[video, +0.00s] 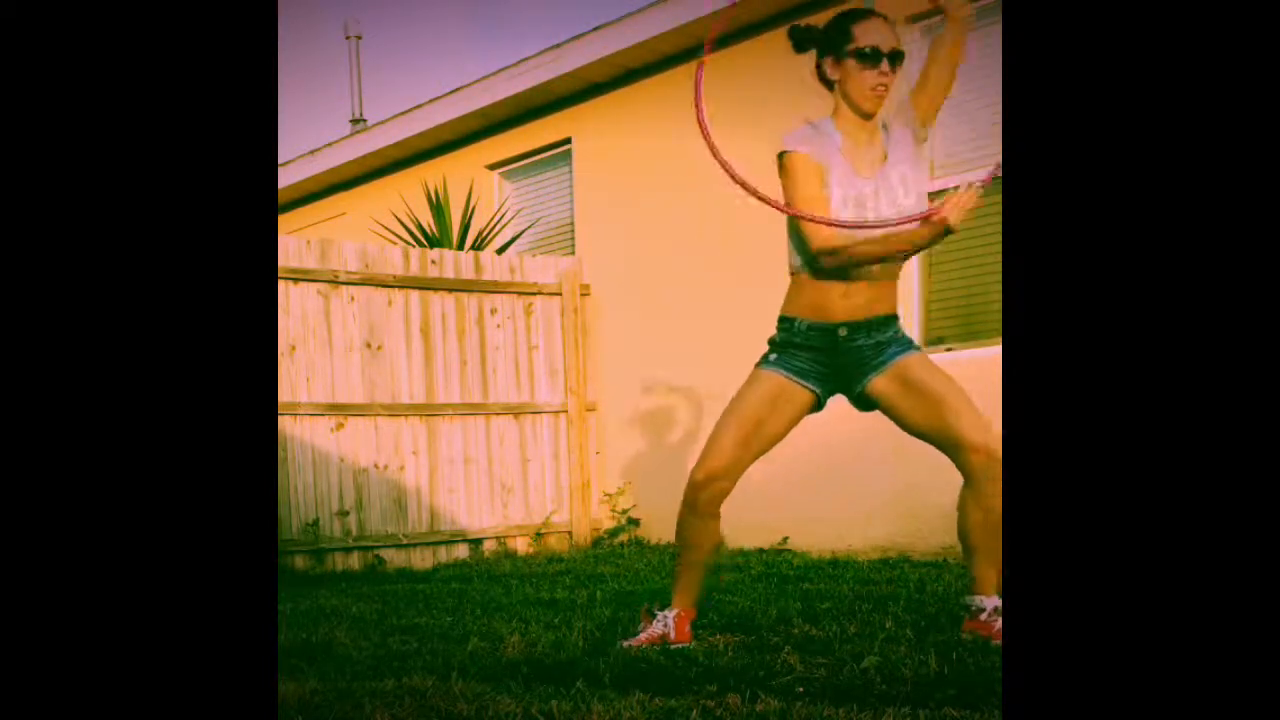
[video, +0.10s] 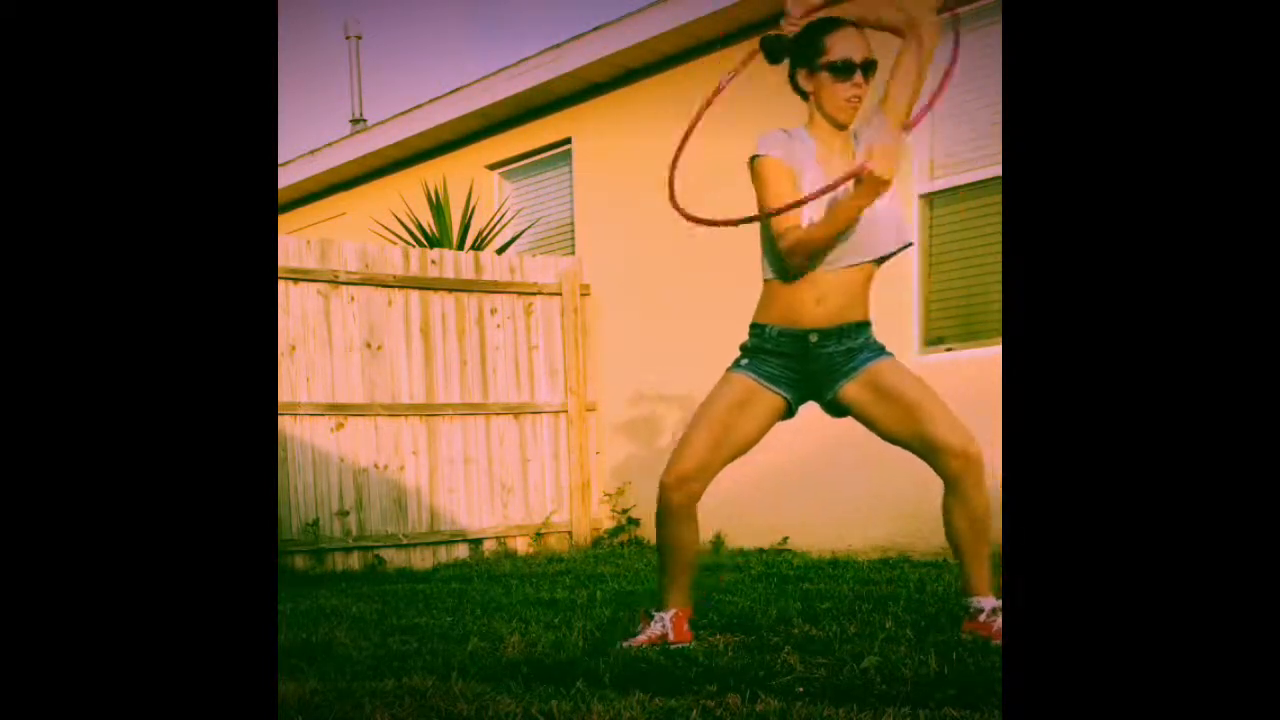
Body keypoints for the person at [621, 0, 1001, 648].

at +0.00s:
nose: (884, 72)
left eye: (892, 59)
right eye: (868, 59)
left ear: (900, 70)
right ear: (831, 68)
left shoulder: (907, 133)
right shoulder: (806, 147)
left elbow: (958, 26)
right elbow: (824, 248)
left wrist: (938, 7)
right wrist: (934, 228)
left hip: (881, 344)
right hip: (801, 347)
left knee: (986, 450)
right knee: (706, 480)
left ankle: (987, 609)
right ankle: (677, 620)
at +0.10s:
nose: (858, 84)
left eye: (864, 71)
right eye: (841, 71)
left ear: (871, 79)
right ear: (806, 79)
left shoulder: (879, 141)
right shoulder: (778, 152)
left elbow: (927, 23)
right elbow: (789, 252)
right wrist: (854, 206)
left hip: (853, 353)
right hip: (772, 355)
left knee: (963, 456)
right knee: (677, 482)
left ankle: (983, 609)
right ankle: (674, 620)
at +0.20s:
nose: (829, 94)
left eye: (836, 80)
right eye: (812, 82)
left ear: (841, 85)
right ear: (777, 88)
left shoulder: (849, 155)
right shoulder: (742, 155)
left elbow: (932, 71)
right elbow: (755, 232)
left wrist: (840, 67)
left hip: (822, 354)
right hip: (739, 357)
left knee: (930, 461)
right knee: (652, 488)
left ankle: (979, 606)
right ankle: (671, 618)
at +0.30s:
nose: (802, 101)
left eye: (810, 86)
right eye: (785, 88)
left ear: (817, 87)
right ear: (748, 93)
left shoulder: (823, 165)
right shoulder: (721, 151)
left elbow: (922, 147)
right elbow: (694, 116)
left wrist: (890, 117)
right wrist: (662, 30)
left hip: (790, 356)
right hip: (708, 358)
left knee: (884, 476)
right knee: (636, 488)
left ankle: (972, 606)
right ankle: (670, 619)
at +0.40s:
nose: (776, 96)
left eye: (785, 81)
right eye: (759, 83)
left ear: (794, 83)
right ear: (724, 87)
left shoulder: (795, 161)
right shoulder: (695, 141)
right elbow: (673, 44)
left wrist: (862, 131)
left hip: (759, 349)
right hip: (681, 351)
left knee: (846, 480)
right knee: (627, 484)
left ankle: (960, 604)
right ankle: (670, 620)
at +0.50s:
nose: (755, 83)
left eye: (764, 70)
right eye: (741, 70)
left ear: (771, 73)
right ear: (711, 71)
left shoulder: (777, 151)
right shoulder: (686, 115)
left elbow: (693, 214)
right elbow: (654, 13)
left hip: (741, 334)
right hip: (667, 340)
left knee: (829, 476)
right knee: (623, 479)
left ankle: (938, 598)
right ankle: (669, 618)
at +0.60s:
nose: (730, 57)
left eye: (746, 46)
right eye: (715, 44)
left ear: (763, 57)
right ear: (696, 57)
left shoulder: (762, 141)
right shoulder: (678, 101)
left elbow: (673, 185)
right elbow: (651, 7)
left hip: (738, 320)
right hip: (666, 327)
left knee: (802, 463)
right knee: (629, 470)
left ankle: (882, 585)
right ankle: (670, 618)